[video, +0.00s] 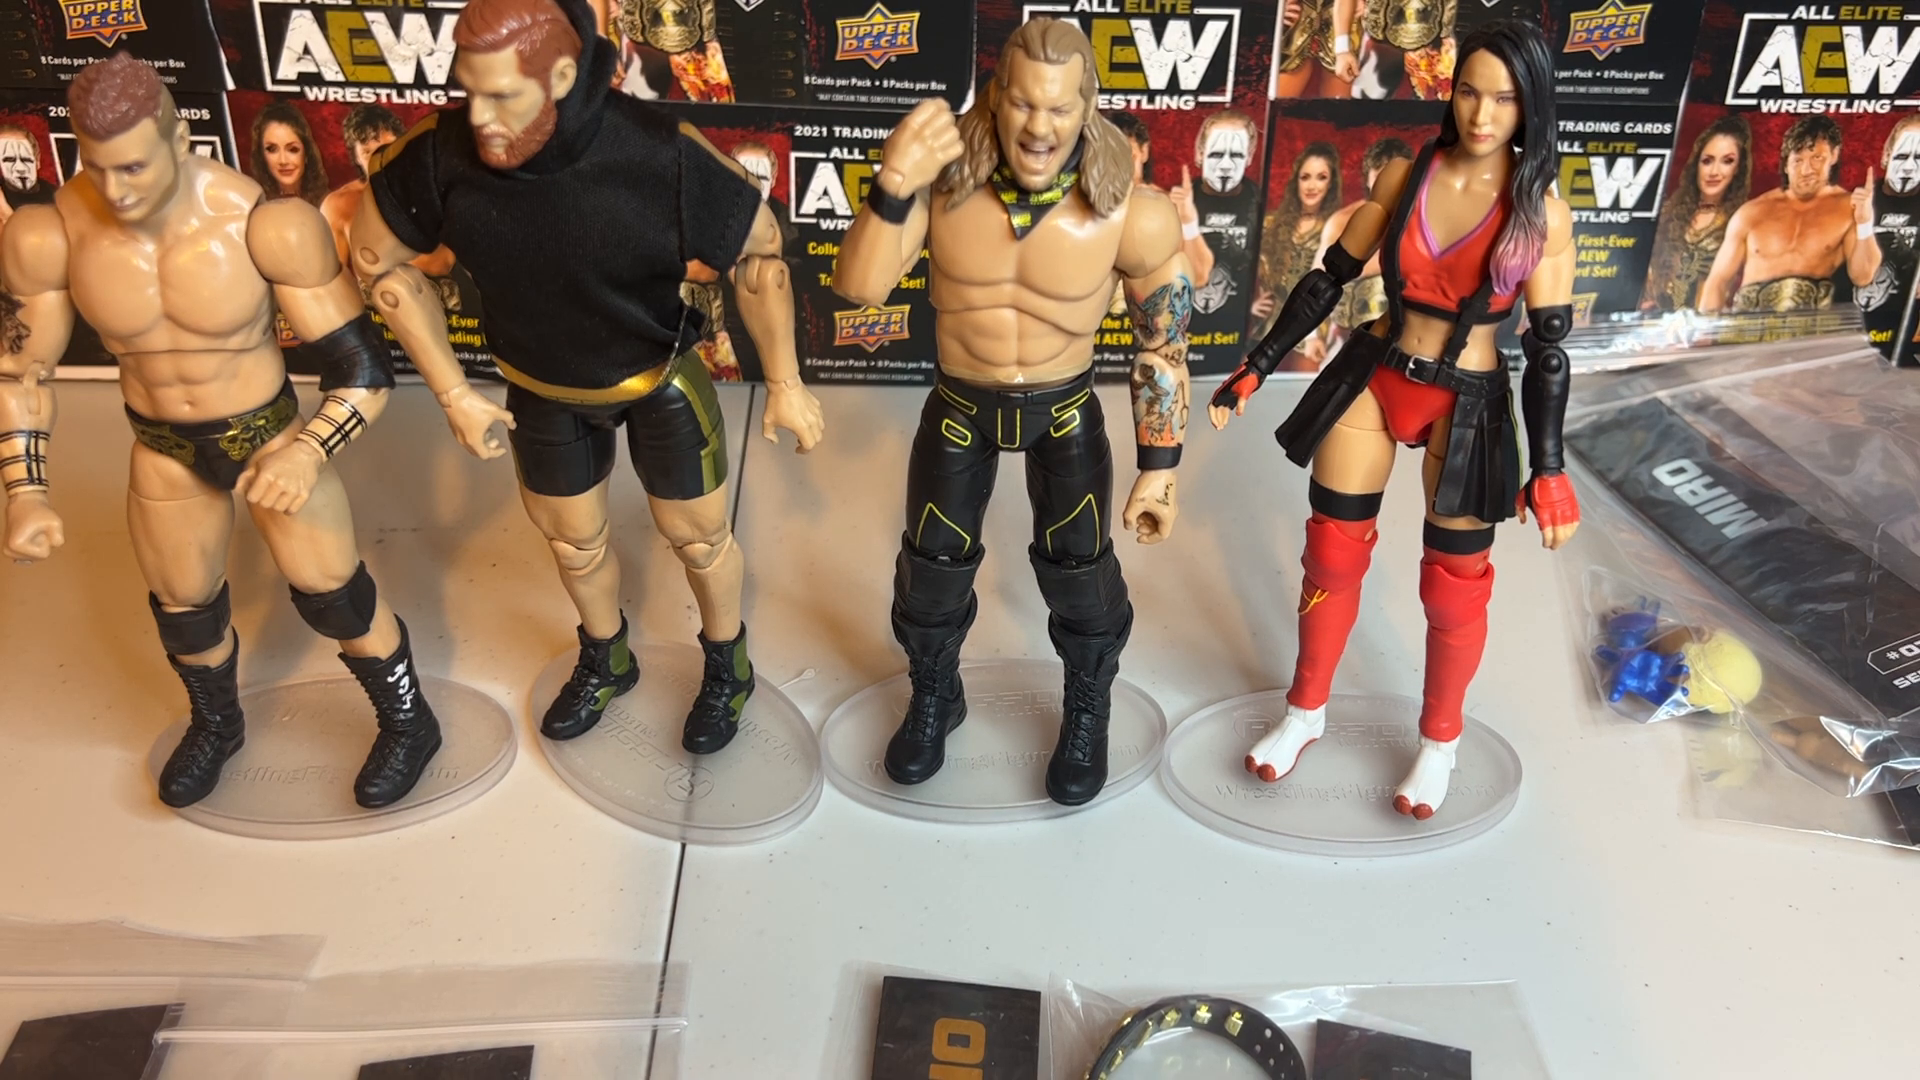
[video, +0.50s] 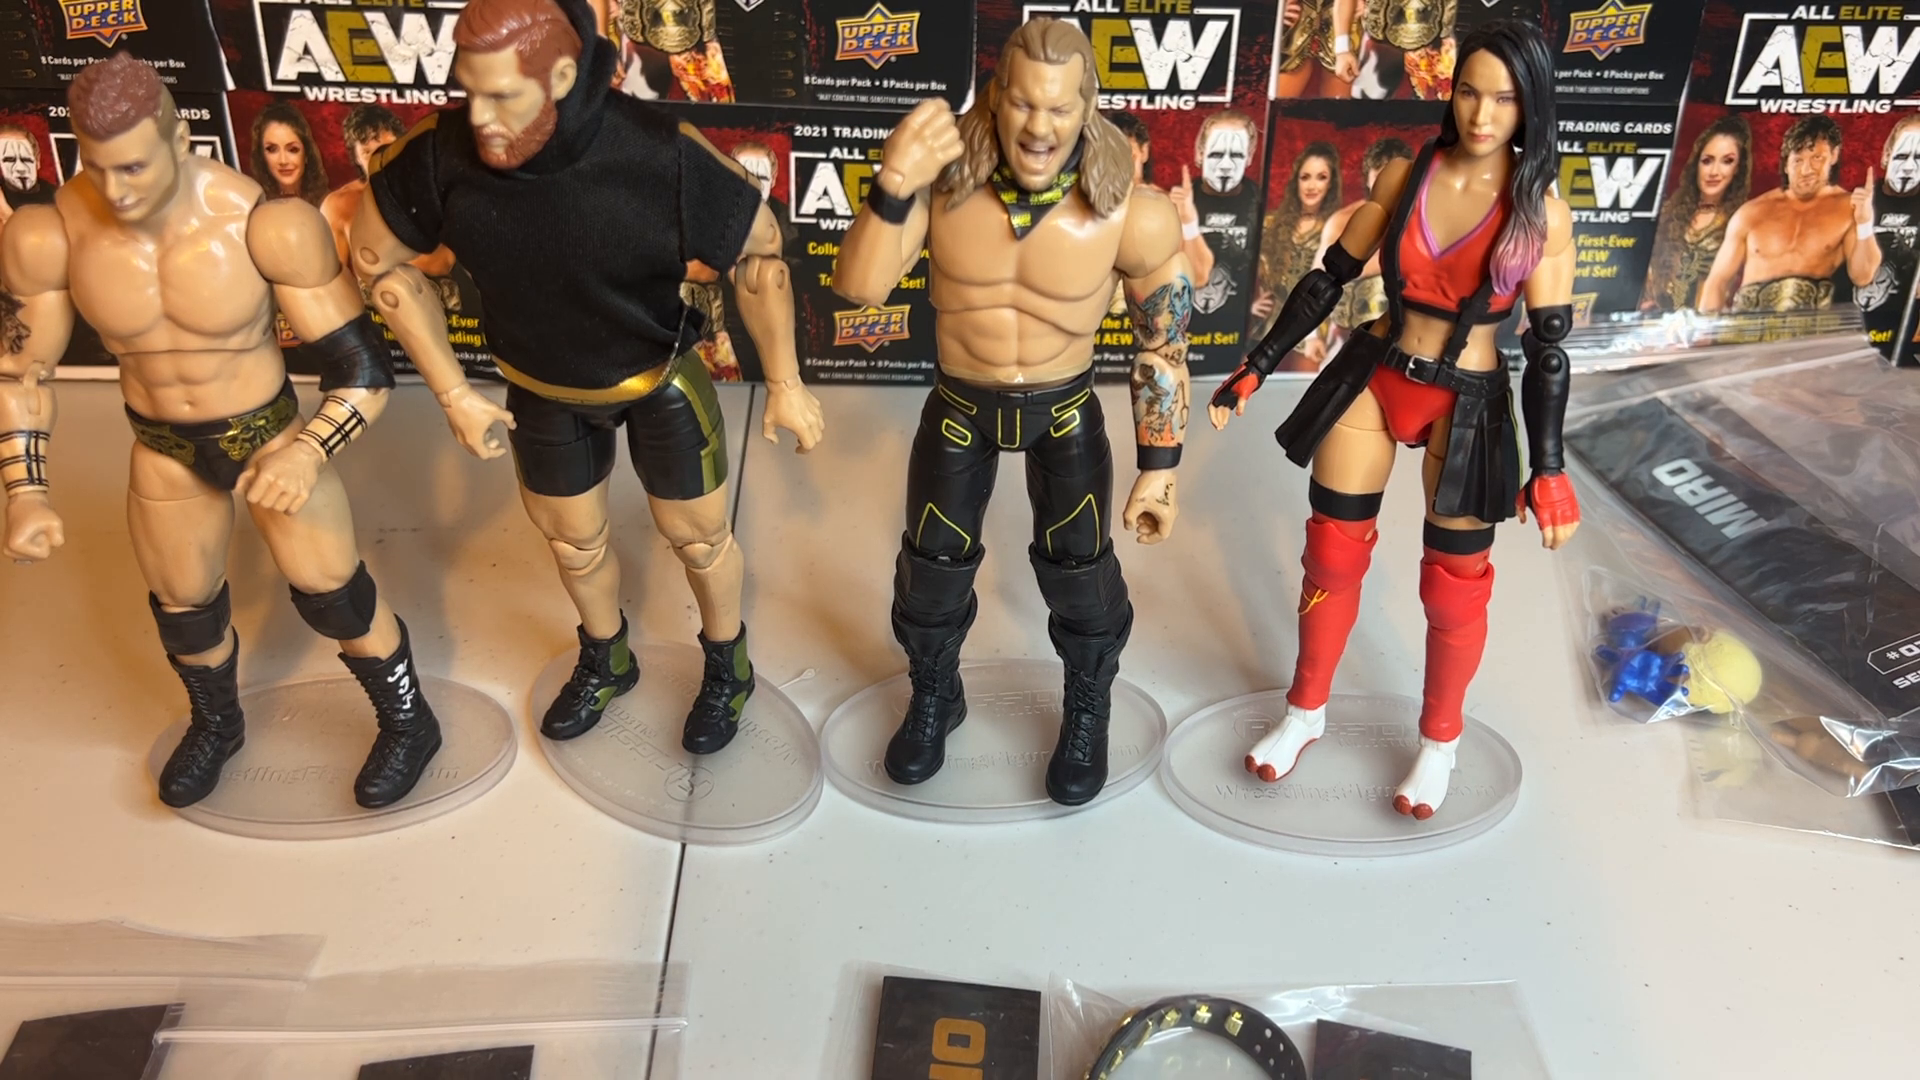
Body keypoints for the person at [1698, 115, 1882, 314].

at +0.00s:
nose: (1806, 169)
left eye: (1817, 158)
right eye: (1797, 160)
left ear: (1834, 156)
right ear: (1785, 163)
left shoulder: (1848, 207)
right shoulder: (1751, 212)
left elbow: (1862, 277)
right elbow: (1718, 281)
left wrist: (1864, 223)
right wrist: (1705, 335)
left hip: (1810, 314)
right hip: (1749, 312)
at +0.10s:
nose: (1806, 169)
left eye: (1817, 158)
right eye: (1797, 160)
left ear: (1834, 156)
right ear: (1785, 163)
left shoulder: (1848, 207)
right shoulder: (1750, 212)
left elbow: (1862, 277)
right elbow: (1718, 281)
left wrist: (1864, 223)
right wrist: (1704, 336)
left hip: (1810, 315)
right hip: (1748, 312)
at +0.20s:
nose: (1806, 169)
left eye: (1817, 158)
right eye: (1797, 160)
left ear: (1834, 156)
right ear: (1785, 163)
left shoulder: (1848, 206)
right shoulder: (1751, 212)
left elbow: (1862, 277)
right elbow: (1717, 281)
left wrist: (1864, 223)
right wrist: (1704, 336)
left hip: (1810, 315)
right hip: (1748, 313)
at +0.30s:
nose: (1806, 170)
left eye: (1817, 158)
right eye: (1797, 160)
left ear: (1834, 156)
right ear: (1785, 163)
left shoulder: (1848, 207)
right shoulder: (1751, 212)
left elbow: (1862, 277)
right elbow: (1718, 281)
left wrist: (1864, 223)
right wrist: (1704, 335)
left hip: (1810, 314)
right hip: (1749, 312)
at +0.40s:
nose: (1806, 169)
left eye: (1817, 158)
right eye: (1798, 160)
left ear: (1834, 156)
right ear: (1785, 162)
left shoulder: (1848, 207)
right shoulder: (1750, 212)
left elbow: (1862, 277)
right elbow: (1718, 281)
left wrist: (1864, 223)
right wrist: (1704, 336)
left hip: (1810, 316)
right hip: (1749, 313)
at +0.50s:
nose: (1806, 169)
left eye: (1817, 158)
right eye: (1798, 160)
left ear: (1834, 156)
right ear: (1785, 162)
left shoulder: (1848, 207)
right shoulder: (1750, 212)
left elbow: (1862, 277)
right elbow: (1718, 281)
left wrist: (1864, 224)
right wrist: (1704, 336)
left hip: (1810, 315)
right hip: (1748, 313)